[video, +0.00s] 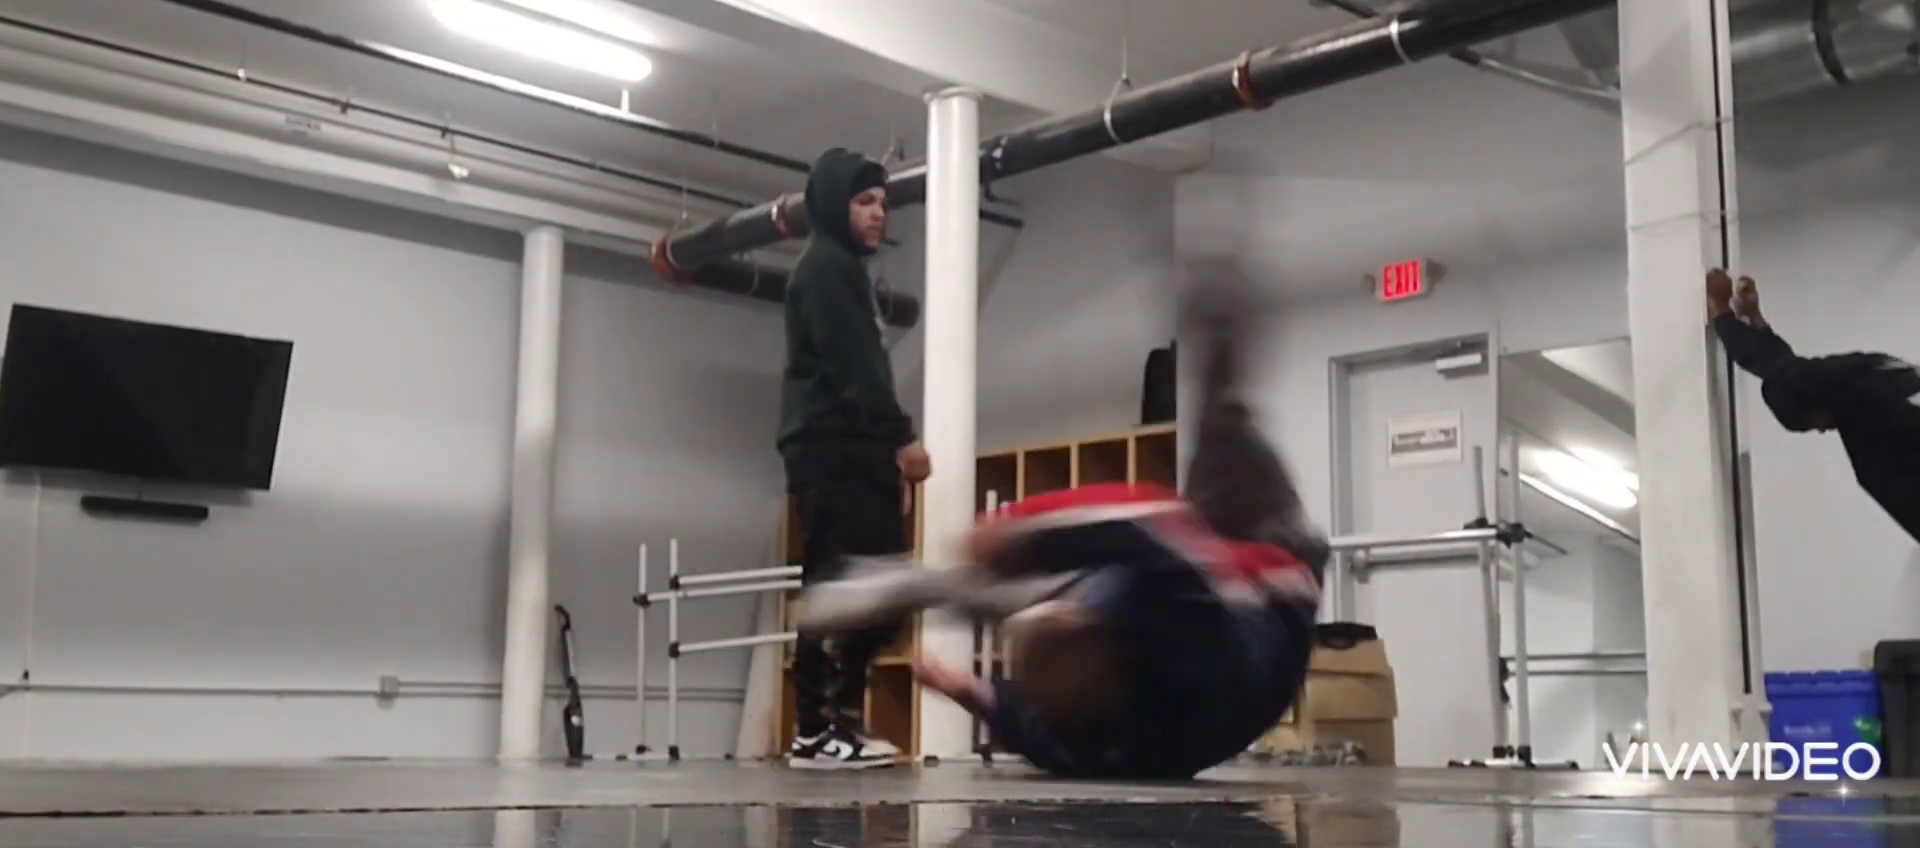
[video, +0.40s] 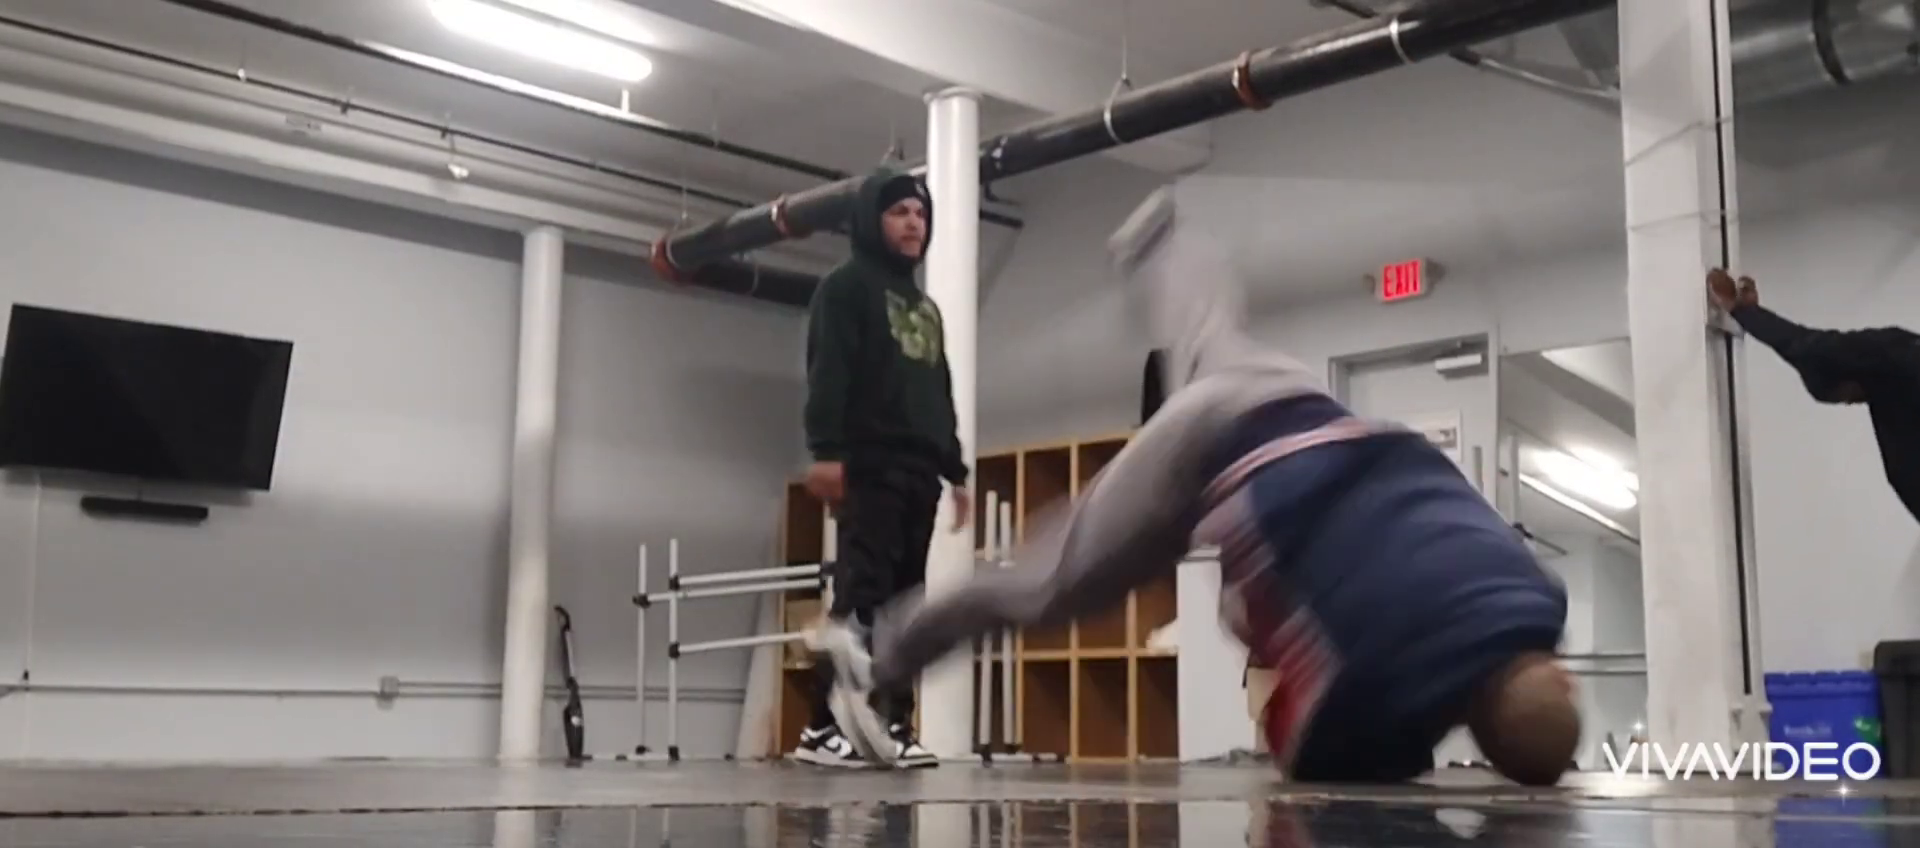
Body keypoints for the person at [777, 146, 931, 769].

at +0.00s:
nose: (879, 214)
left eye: (882, 203)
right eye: (866, 202)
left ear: (878, 209)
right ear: (833, 206)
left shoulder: (837, 265)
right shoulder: (829, 266)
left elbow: (853, 366)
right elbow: (854, 364)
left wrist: (890, 447)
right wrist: (902, 437)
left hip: (844, 447)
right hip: (836, 447)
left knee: (842, 579)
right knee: (855, 580)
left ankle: (832, 724)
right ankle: (827, 725)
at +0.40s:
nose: (914, 225)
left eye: (920, 214)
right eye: (900, 213)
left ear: (927, 225)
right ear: (871, 221)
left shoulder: (924, 307)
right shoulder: (845, 286)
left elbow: (940, 395)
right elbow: (828, 371)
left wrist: (956, 474)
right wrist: (825, 452)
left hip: (921, 463)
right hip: (867, 460)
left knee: (904, 593)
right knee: (861, 590)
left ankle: (892, 721)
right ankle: (828, 724)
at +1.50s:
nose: (832, 223)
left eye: (841, 214)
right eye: (819, 214)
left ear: (851, 224)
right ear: (794, 224)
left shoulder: (877, 303)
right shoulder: (758, 298)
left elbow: (902, 387)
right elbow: (741, 386)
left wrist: (920, 461)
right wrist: (742, 466)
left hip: (856, 472)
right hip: (782, 472)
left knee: (871, 604)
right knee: (779, 607)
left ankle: (888, 729)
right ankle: (782, 730)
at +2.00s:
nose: (797, 217)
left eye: (805, 208)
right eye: (784, 206)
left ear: (815, 219)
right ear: (758, 217)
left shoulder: (844, 294)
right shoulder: (721, 295)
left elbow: (869, 379)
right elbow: (696, 383)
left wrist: (878, 455)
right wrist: (684, 464)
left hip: (818, 463)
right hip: (749, 463)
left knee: (798, 581)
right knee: (752, 591)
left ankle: (793, 722)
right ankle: (775, 717)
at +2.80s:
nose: (780, 191)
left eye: (791, 186)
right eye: (768, 179)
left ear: (797, 202)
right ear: (739, 185)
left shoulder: (812, 276)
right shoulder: (689, 263)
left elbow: (833, 364)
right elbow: (651, 352)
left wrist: (823, 432)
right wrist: (628, 435)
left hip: (781, 452)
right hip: (706, 448)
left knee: (778, 591)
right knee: (690, 580)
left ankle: (756, 724)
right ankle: (702, 691)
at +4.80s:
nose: (742, 208)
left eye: (747, 199)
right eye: (730, 195)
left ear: (745, 211)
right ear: (696, 198)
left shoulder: (735, 287)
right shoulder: (654, 269)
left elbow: (749, 382)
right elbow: (648, 368)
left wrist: (759, 469)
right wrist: (672, 448)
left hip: (725, 458)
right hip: (664, 454)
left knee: (704, 602)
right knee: (648, 589)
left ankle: (684, 731)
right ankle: (626, 725)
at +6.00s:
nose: (705, 229)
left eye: (712, 222)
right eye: (694, 217)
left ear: (717, 234)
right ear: (663, 220)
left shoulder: (730, 309)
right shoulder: (615, 298)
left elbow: (750, 393)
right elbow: (591, 392)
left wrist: (758, 466)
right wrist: (605, 464)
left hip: (711, 479)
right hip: (641, 476)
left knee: (699, 609)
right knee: (637, 607)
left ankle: (686, 731)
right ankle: (644, 733)